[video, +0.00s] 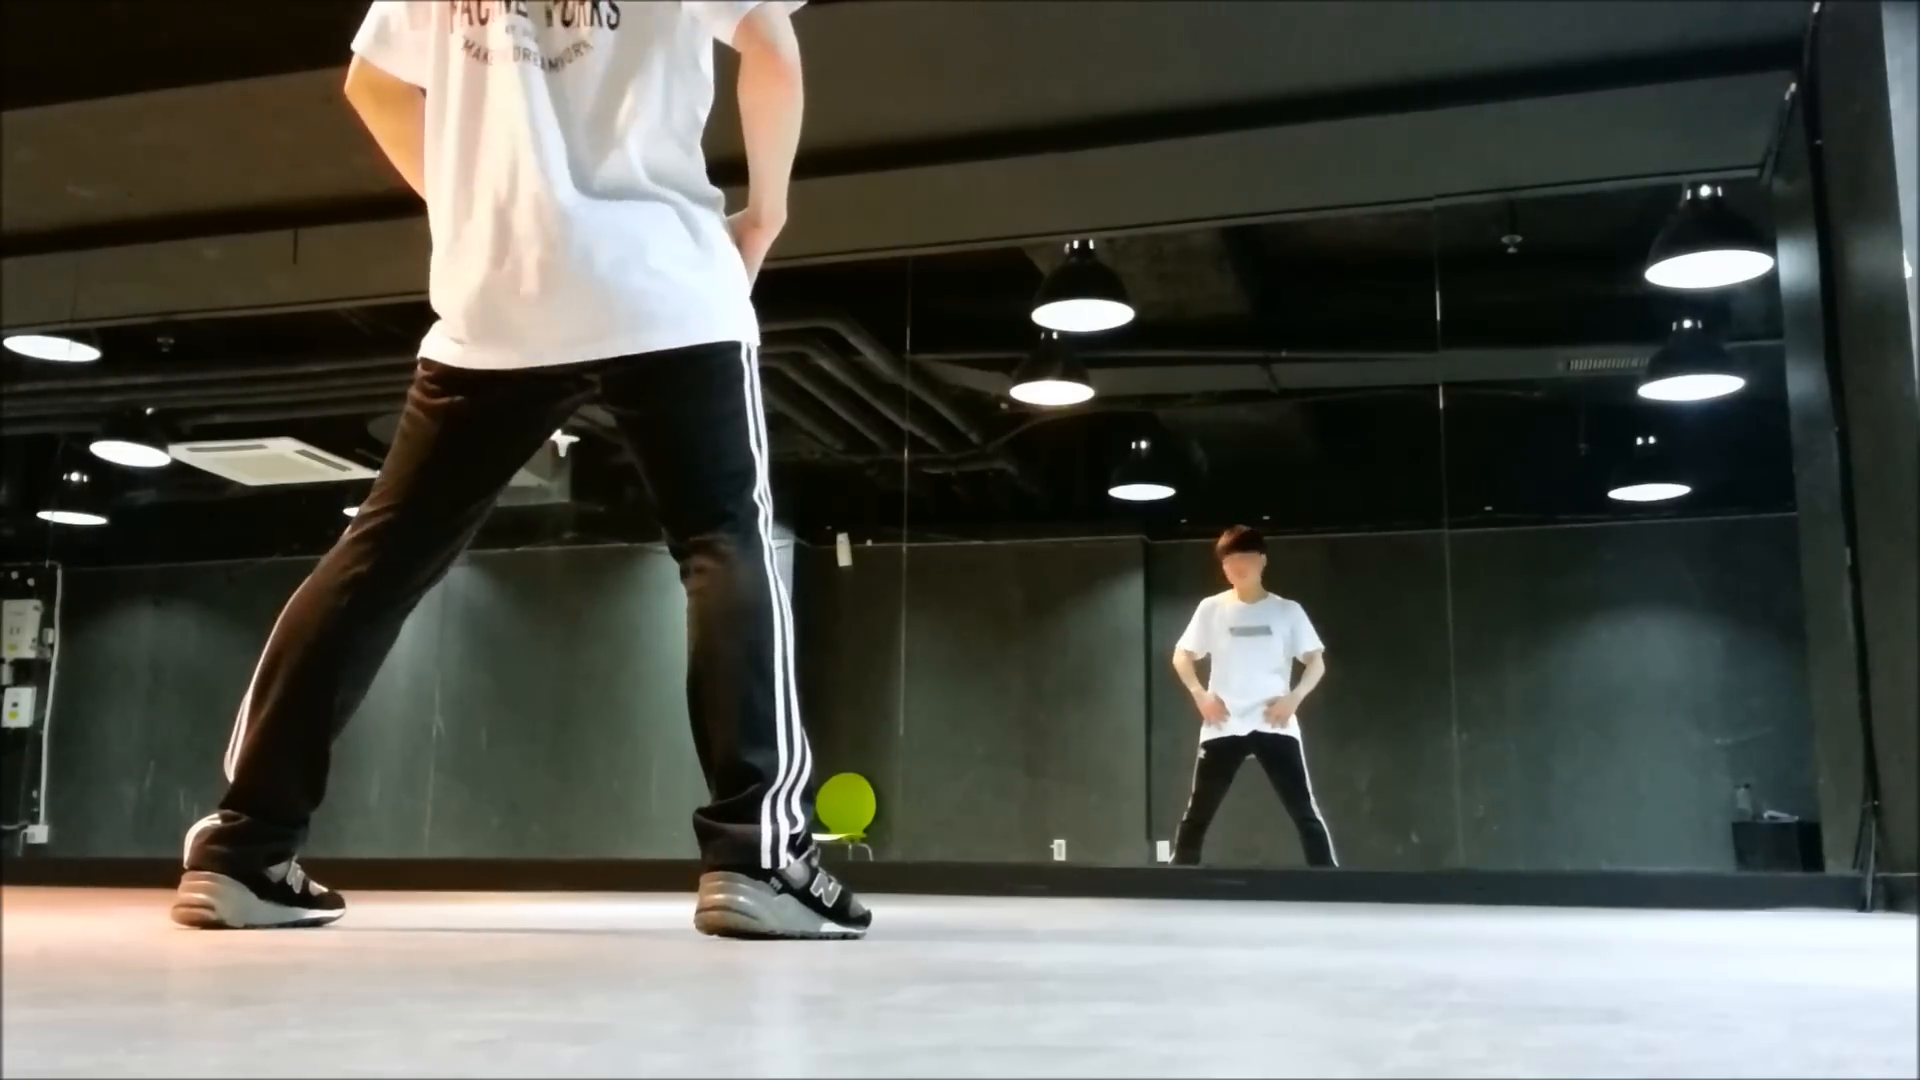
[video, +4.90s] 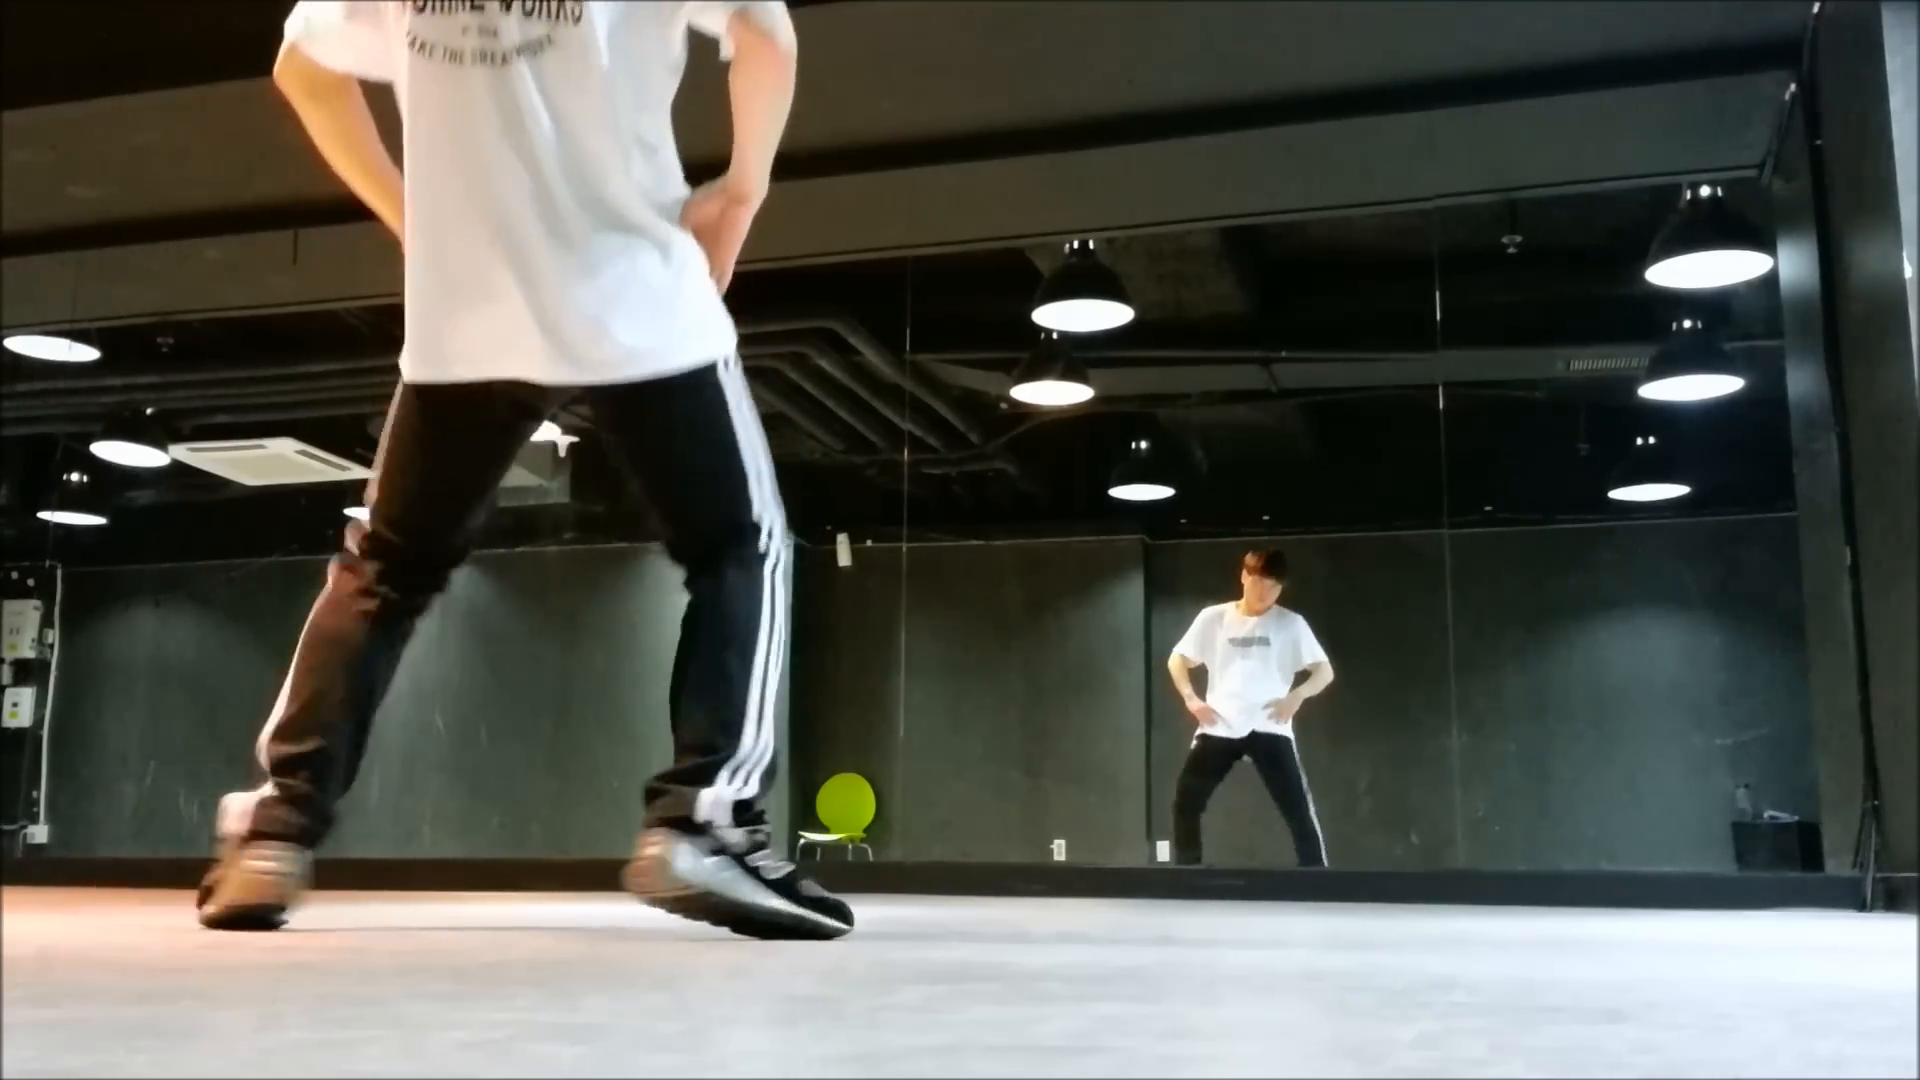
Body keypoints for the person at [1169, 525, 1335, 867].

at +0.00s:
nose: (1238, 568)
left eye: (1246, 559)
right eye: (1231, 560)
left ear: (1263, 561)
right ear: (1223, 566)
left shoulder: (1288, 611)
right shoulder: (1211, 609)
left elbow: (1317, 665)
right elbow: (1181, 657)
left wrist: (1292, 700)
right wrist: (1201, 696)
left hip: (1275, 727)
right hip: (1223, 728)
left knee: (1305, 814)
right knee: (1197, 815)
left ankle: (1331, 890)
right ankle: (1178, 891)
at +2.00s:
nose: (1243, 556)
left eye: (1251, 550)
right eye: (1236, 551)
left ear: (1265, 560)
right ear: (1226, 561)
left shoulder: (1287, 611)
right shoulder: (1209, 610)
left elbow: (1315, 663)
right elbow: (1186, 660)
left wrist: (1297, 701)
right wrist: (1202, 697)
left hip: (1278, 731)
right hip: (1224, 731)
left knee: (1307, 813)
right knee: (1198, 816)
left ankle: (1332, 888)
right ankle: (1178, 890)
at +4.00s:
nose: (1225, 588)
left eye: (1230, 579)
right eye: (1217, 583)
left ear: (1247, 574)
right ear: (1211, 587)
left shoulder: (1285, 612)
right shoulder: (1207, 624)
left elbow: (1320, 658)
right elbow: (1181, 672)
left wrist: (1296, 691)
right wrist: (1196, 699)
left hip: (1274, 727)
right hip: (1222, 729)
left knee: (1308, 803)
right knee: (1186, 800)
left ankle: (1316, 883)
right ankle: (1191, 883)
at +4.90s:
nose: (1261, 590)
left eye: (1270, 582)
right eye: (1255, 580)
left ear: (1280, 586)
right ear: (1243, 577)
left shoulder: (1292, 624)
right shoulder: (1213, 618)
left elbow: (1324, 671)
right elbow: (1177, 660)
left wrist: (1296, 696)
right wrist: (1191, 699)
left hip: (1270, 729)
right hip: (1220, 728)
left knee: (1299, 812)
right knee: (1186, 802)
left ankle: (1319, 889)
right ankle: (1188, 885)